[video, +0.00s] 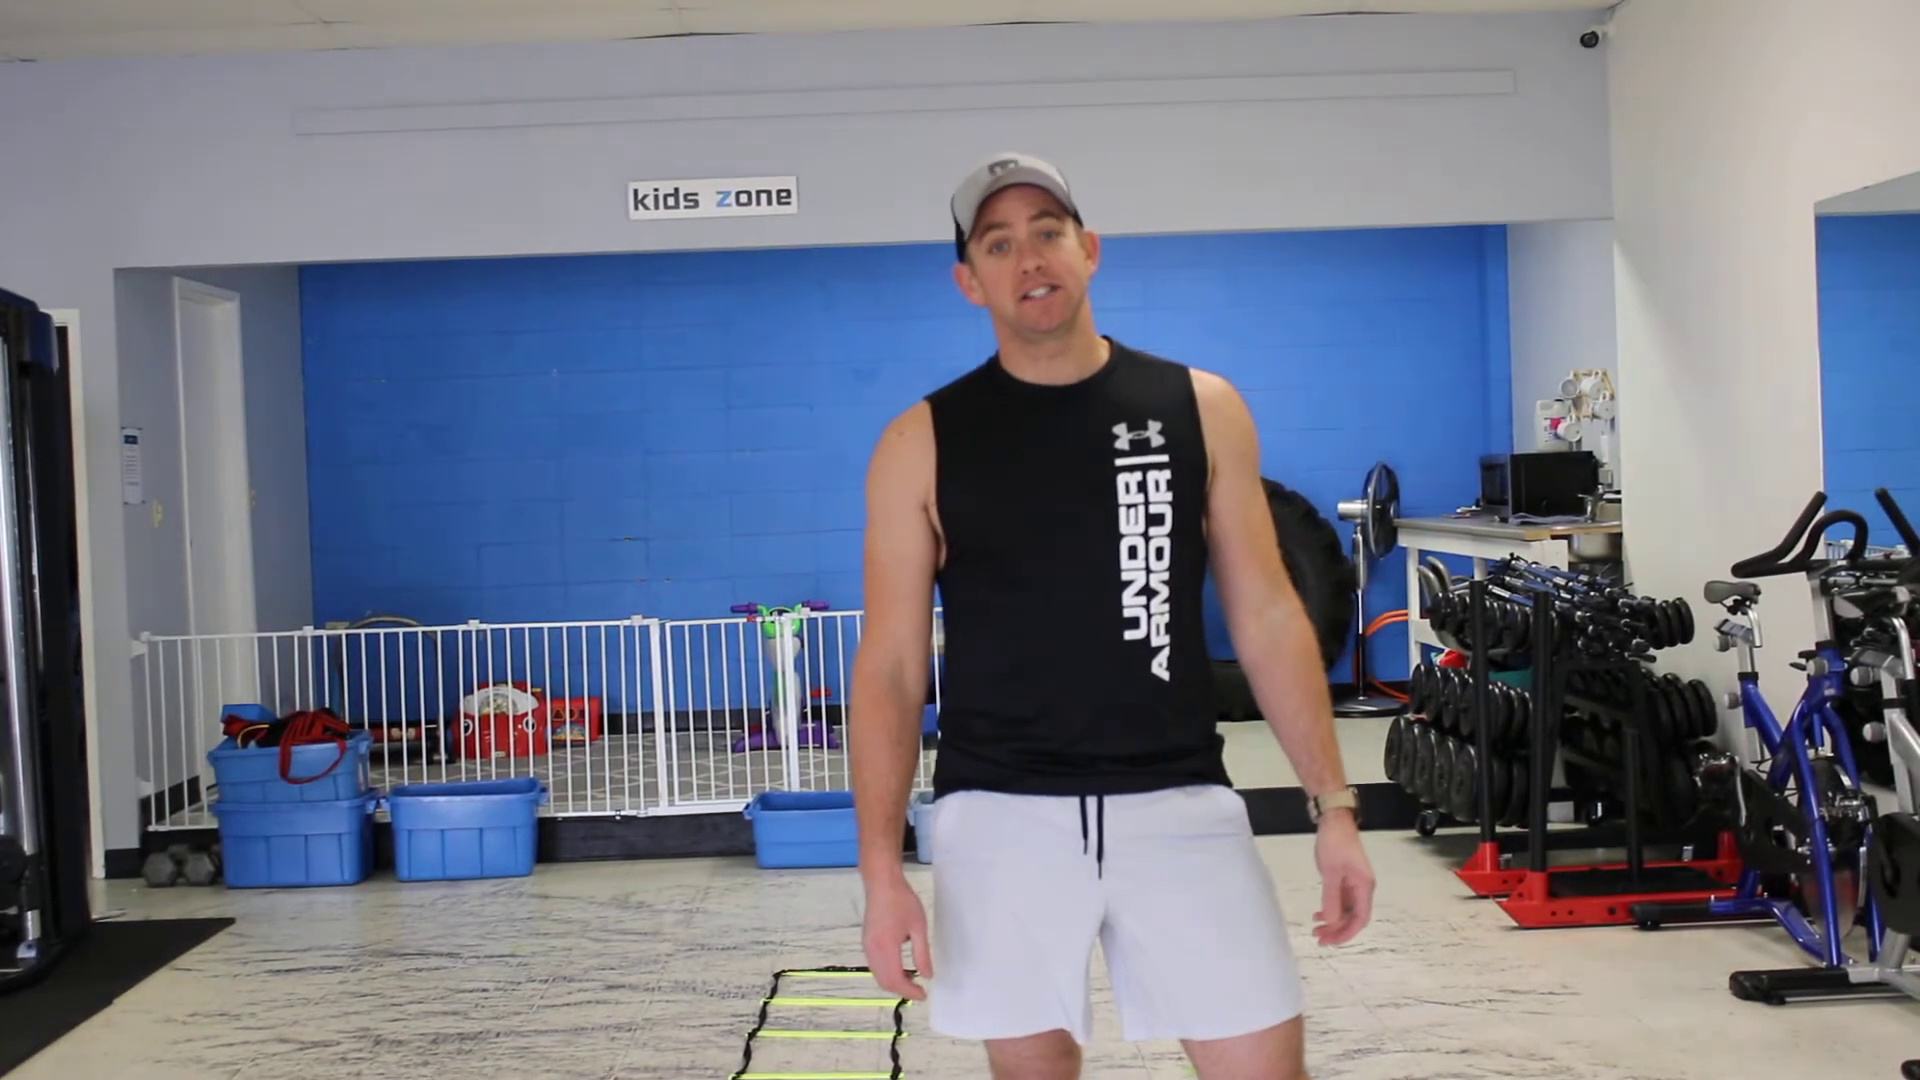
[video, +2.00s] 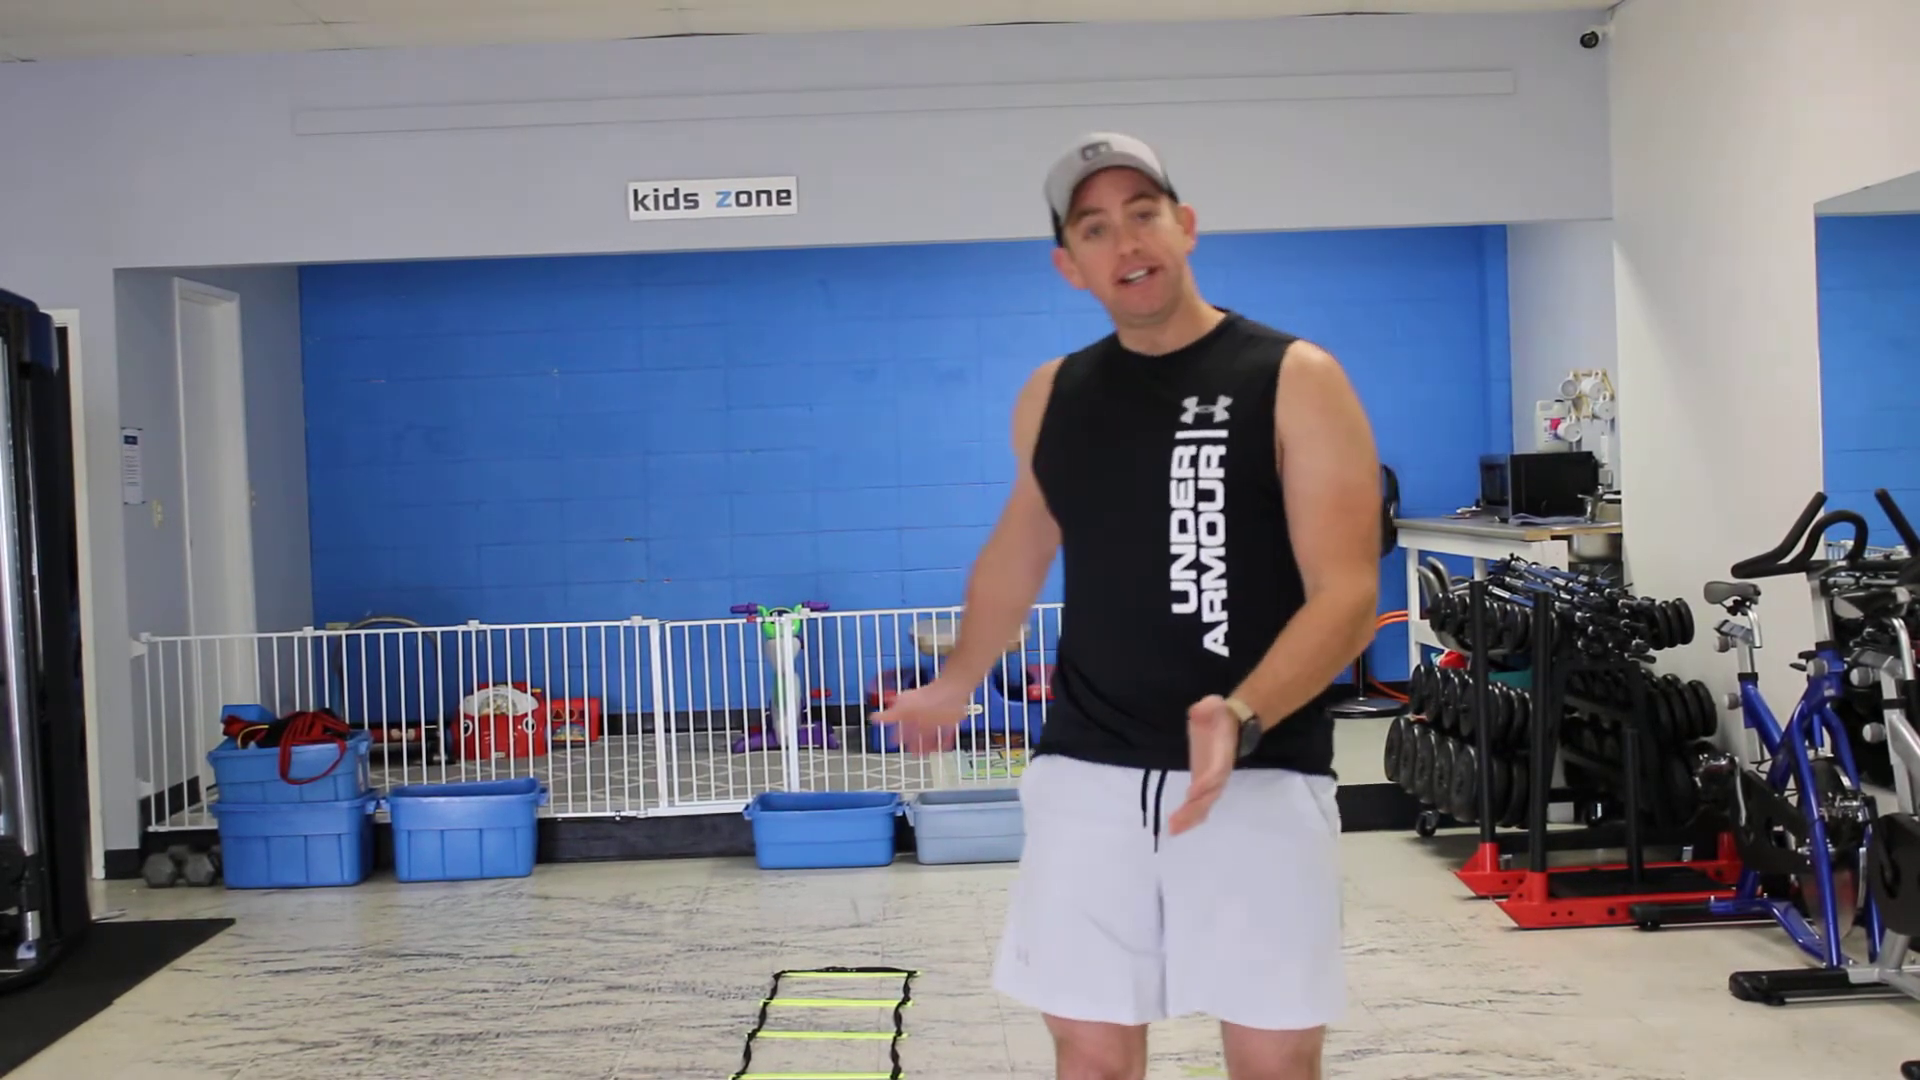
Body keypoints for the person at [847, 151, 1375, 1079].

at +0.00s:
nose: (1031, 256)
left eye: (1050, 232)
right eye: (1000, 243)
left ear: (1089, 252)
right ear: (971, 281)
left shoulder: (1203, 410)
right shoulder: (921, 444)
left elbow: (1266, 615)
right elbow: (891, 669)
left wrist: (1334, 811)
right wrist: (881, 868)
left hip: (1182, 812)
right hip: (999, 825)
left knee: (1266, 1064)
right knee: (1034, 1065)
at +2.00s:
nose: (1128, 239)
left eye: (1144, 213)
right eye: (1097, 227)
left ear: (1186, 224)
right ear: (1071, 265)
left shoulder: (1297, 381)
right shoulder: (1053, 396)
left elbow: (1347, 597)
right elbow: (1020, 548)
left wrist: (1241, 711)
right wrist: (959, 676)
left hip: (1260, 790)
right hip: (1088, 788)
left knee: (1274, 1064)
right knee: (1092, 1062)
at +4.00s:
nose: (1127, 250)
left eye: (1152, 225)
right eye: (1101, 227)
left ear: (1191, 244)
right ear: (1069, 251)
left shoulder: (1280, 391)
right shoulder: (1006, 399)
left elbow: (1372, 569)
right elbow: (939, 569)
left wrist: (1335, 601)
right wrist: (917, 633)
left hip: (1241, 778)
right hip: (1065, 784)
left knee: (1259, 1058)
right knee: (1070, 1062)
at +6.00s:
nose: (1072, 362)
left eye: (1095, 335)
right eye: (1046, 337)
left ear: (1135, 345)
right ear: (1014, 353)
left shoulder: (1227, 473)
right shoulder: (958, 485)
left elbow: (1317, 664)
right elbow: (924, 648)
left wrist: (1245, 653)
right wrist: (942, 814)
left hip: (1213, 809)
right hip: (1036, 815)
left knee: (1302, 1054)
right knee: (1027, 1064)